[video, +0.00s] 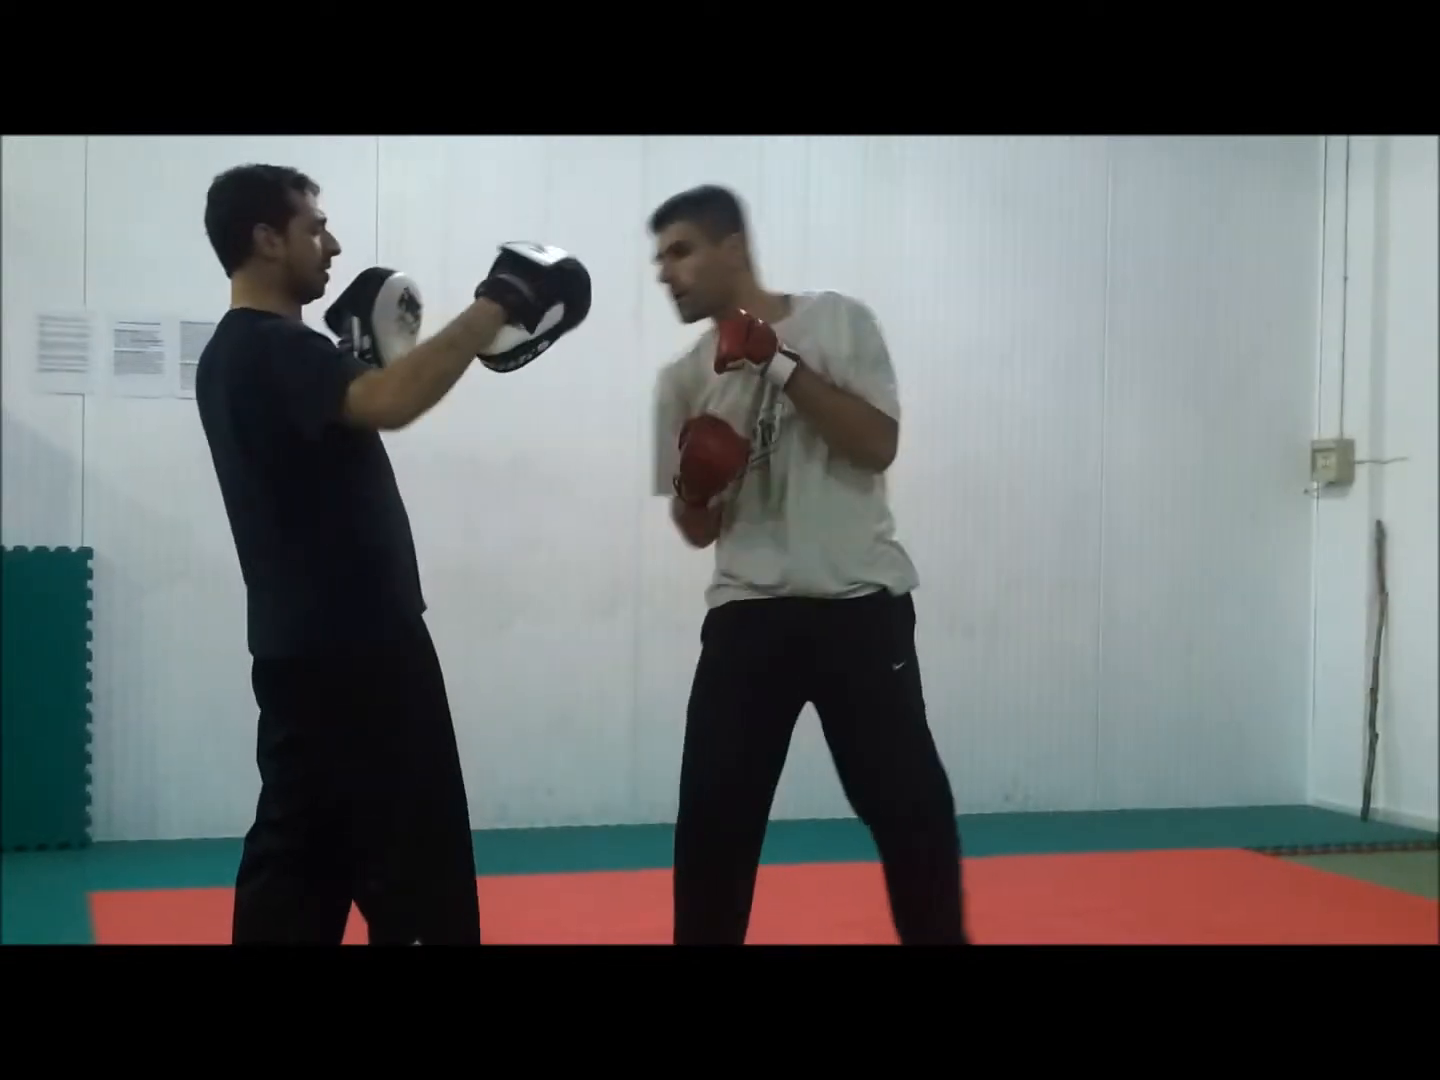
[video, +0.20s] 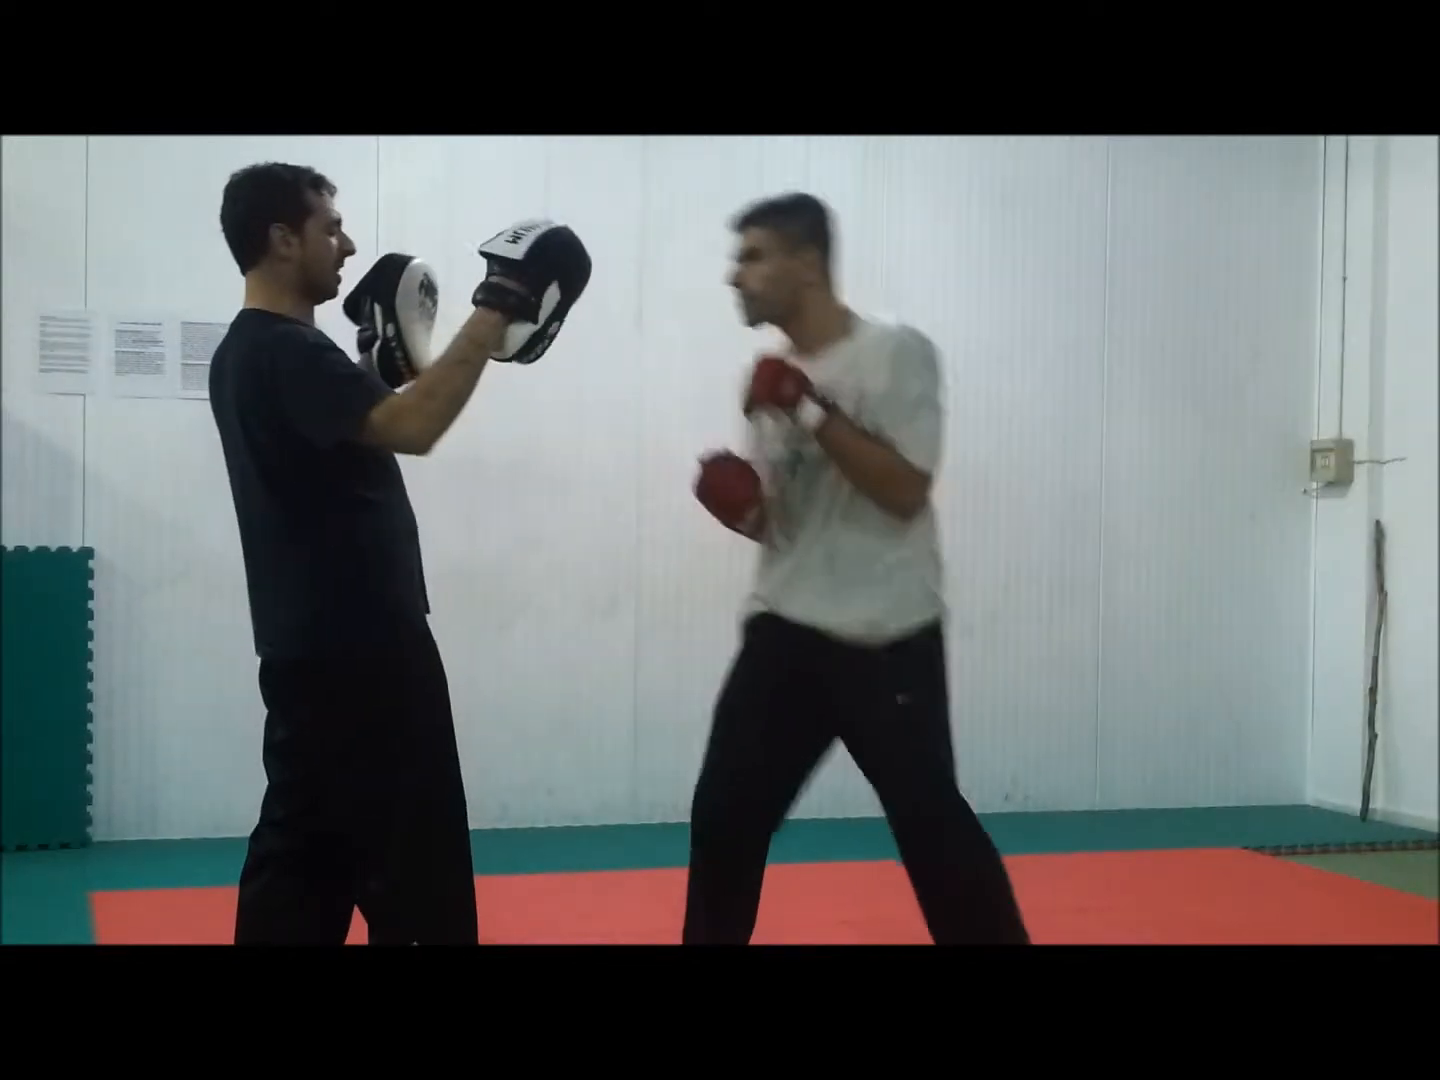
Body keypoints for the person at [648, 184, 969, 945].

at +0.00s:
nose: (664, 272)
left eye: (678, 252)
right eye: (660, 259)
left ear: (733, 247)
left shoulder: (837, 321)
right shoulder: (681, 379)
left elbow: (879, 445)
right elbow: (696, 530)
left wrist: (781, 362)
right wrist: (700, 483)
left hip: (860, 608)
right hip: (748, 612)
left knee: (913, 818)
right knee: (712, 827)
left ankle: (940, 944)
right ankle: (703, 948)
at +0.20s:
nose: (735, 278)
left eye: (751, 259)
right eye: (736, 261)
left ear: (808, 263)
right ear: (796, 268)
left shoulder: (899, 353)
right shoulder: (768, 378)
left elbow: (906, 491)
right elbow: (785, 526)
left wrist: (809, 405)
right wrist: (745, 507)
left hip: (889, 643)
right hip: (787, 638)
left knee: (935, 834)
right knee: (723, 826)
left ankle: (1001, 945)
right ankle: (711, 945)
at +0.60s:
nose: (855, 314)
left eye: (870, 296)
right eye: (853, 298)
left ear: (925, 298)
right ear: (903, 303)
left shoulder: (990, 384)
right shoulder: (871, 394)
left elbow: (966, 516)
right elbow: (838, 523)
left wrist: (893, 423)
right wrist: (828, 441)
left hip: (968, 663)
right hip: (866, 658)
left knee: (995, 853)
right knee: (797, 817)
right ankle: (793, 950)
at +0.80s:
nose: (854, 297)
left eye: (872, 282)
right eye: (852, 281)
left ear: (927, 290)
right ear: (857, 285)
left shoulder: (988, 387)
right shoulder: (845, 377)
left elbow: (1005, 529)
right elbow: (791, 497)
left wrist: (918, 442)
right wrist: (797, 428)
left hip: (944, 658)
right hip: (837, 643)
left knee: (983, 846)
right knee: (739, 781)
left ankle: (1019, 944)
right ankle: (737, 940)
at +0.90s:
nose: (838, 288)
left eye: (857, 273)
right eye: (835, 274)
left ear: (910, 279)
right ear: (835, 279)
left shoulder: (974, 380)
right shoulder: (812, 364)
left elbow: (998, 520)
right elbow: (719, 447)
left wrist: (916, 438)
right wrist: (725, 383)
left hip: (927, 654)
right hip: (812, 642)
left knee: (974, 841)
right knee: (717, 806)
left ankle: (1014, 948)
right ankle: (685, 940)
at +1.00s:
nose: (780, 292)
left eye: (797, 277)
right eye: (777, 278)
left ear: (848, 279)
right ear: (779, 283)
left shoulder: (921, 380)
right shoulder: (763, 365)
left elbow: (968, 513)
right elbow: (647, 407)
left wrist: (890, 447)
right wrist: (620, 345)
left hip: (895, 659)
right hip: (785, 654)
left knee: (958, 845)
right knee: (694, 842)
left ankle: (1001, 949)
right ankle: (636, 949)